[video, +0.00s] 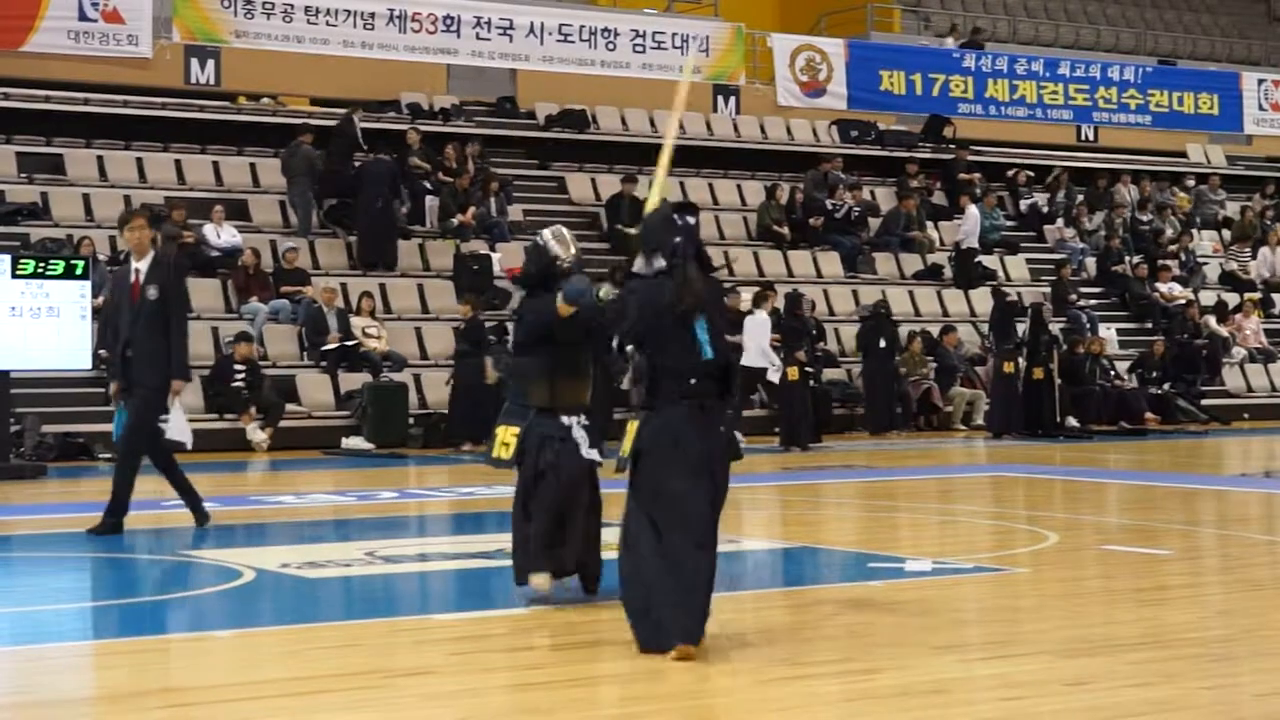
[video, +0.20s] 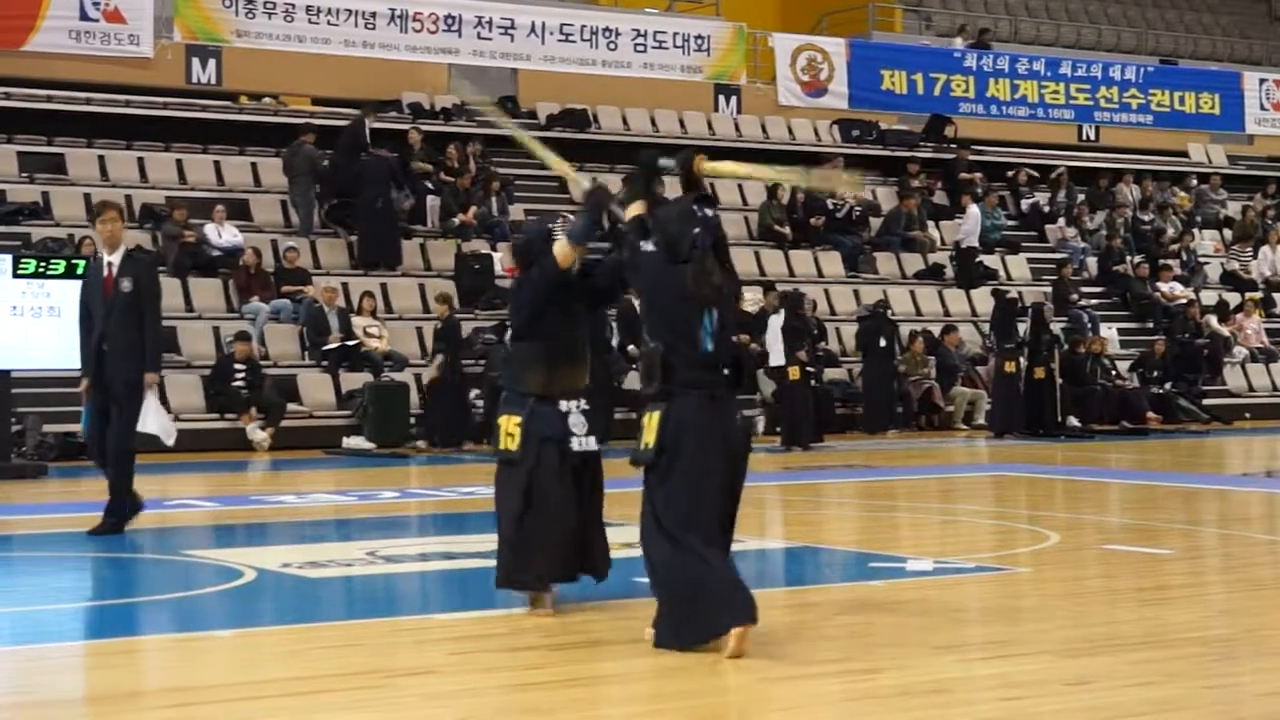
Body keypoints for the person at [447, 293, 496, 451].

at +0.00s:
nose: (460, 309)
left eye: (464, 306)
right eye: (460, 306)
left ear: (471, 308)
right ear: (465, 308)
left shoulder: (475, 326)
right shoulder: (464, 327)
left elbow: (477, 351)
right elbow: (461, 355)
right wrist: (453, 373)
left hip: (472, 372)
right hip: (463, 371)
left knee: (467, 406)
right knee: (471, 406)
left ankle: (468, 439)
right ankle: (475, 439)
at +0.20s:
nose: (436, 309)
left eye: (438, 305)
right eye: (435, 305)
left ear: (446, 306)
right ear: (444, 306)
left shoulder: (450, 323)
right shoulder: (445, 322)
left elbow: (446, 349)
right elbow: (441, 347)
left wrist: (436, 366)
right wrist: (435, 362)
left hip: (449, 367)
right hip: (446, 367)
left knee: (447, 401)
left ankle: (447, 437)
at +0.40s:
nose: (412, 308)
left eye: (414, 305)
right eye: (412, 305)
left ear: (422, 306)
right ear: (422, 306)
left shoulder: (425, 323)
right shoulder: (420, 322)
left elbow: (421, 349)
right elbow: (414, 347)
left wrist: (403, 361)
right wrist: (403, 359)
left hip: (422, 366)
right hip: (417, 365)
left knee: (411, 400)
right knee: (431, 400)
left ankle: (410, 439)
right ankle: (451, 427)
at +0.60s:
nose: (385, 306)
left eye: (388, 303)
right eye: (385, 303)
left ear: (396, 304)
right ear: (394, 305)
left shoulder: (403, 322)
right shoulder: (392, 322)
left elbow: (406, 348)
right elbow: (390, 345)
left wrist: (405, 369)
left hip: (399, 366)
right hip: (389, 366)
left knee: (401, 401)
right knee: (392, 401)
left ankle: (404, 437)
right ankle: (394, 436)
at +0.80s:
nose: (359, 308)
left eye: (362, 304)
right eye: (360, 304)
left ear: (371, 306)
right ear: (370, 305)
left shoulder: (377, 323)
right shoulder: (368, 322)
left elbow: (387, 347)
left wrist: (399, 367)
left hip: (375, 367)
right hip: (366, 366)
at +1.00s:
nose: (338, 306)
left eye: (341, 303)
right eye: (337, 303)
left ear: (349, 303)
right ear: (338, 304)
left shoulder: (355, 320)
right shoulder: (342, 321)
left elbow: (360, 346)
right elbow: (339, 343)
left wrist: (360, 368)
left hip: (353, 361)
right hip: (341, 362)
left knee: (357, 397)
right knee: (343, 397)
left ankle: (365, 436)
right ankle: (347, 438)